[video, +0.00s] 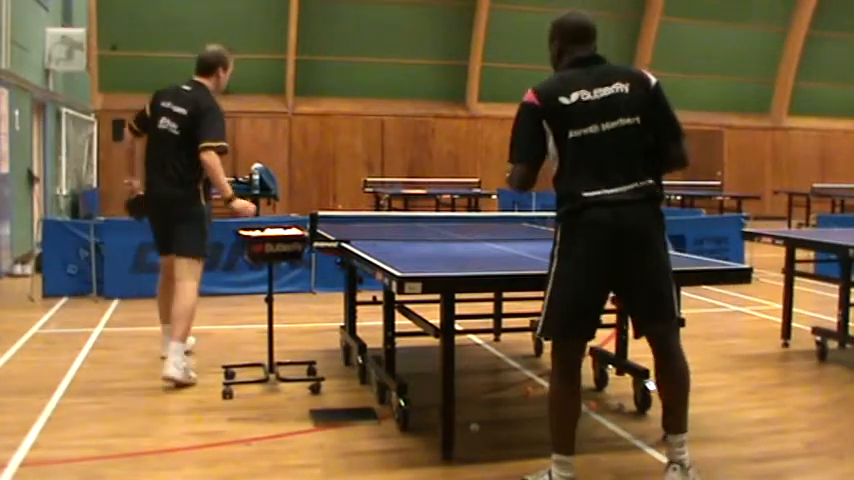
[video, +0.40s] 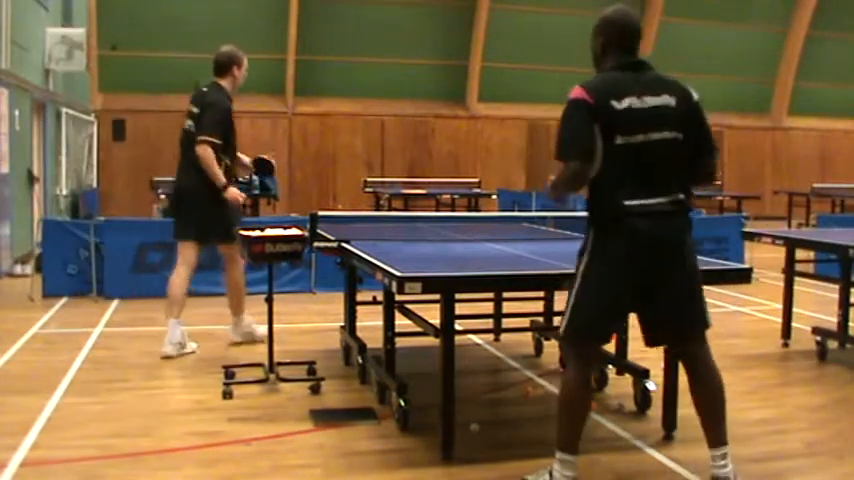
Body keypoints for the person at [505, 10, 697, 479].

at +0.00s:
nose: (550, 55)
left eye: (550, 49)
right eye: (556, 49)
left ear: (555, 49)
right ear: (595, 44)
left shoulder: (541, 97)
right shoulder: (640, 81)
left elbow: (524, 181)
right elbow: (677, 156)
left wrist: (515, 174)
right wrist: (631, 161)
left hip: (585, 234)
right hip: (643, 229)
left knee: (566, 358)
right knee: (667, 344)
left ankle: (561, 469)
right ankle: (679, 461)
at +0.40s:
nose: (592, 50)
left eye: (593, 43)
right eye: (595, 43)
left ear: (600, 45)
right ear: (640, 45)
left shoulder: (589, 94)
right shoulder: (678, 92)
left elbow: (581, 167)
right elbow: (706, 167)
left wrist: (559, 185)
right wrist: (660, 174)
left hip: (616, 239)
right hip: (674, 237)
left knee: (579, 354)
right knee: (694, 350)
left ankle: (563, 467)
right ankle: (723, 465)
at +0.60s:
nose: (633, 53)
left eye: (636, 45)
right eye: (638, 45)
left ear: (643, 49)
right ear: (681, 52)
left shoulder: (630, 95)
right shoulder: (715, 103)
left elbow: (627, 164)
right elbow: (733, 182)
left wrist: (595, 219)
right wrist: (684, 184)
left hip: (640, 241)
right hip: (695, 244)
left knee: (587, 349)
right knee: (706, 356)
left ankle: (561, 465)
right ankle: (724, 469)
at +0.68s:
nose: (640, 52)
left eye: (642, 45)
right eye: (643, 44)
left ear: (650, 48)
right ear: (689, 51)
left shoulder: (635, 92)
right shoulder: (722, 104)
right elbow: (736, 184)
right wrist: (683, 181)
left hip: (640, 241)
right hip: (695, 244)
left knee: (589, 346)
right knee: (705, 354)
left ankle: (560, 465)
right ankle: (724, 469)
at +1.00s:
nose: (612, 63)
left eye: (615, 57)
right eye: (620, 57)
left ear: (619, 60)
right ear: (659, 66)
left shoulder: (592, 106)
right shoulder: (687, 112)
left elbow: (575, 167)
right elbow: (707, 191)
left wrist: (579, 214)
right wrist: (662, 200)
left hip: (613, 252)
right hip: (673, 254)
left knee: (562, 355)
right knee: (697, 358)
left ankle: (536, 469)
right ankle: (723, 468)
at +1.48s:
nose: (601, 83)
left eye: (603, 77)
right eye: (607, 78)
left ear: (608, 79)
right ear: (648, 82)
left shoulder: (589, 117)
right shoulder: (681, 119)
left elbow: (573, 193)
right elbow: (695, 192)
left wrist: (600, 176)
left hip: (619, 246)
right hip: (679, 248)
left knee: (562, 354)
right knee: (700, 354)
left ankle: (536, 468)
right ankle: (716, 467)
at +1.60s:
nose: (609, 78)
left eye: (611, 72)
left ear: (614, 74)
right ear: (654, 79)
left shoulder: (591, 113)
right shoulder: (684, 119)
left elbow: (575, 190)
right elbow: (695, 193)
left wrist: (604, 172)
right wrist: (650, 176)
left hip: (618, 248)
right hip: (678, 251)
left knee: (563, 356)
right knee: (700, 356)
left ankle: (536, 469)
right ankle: (716, 467)